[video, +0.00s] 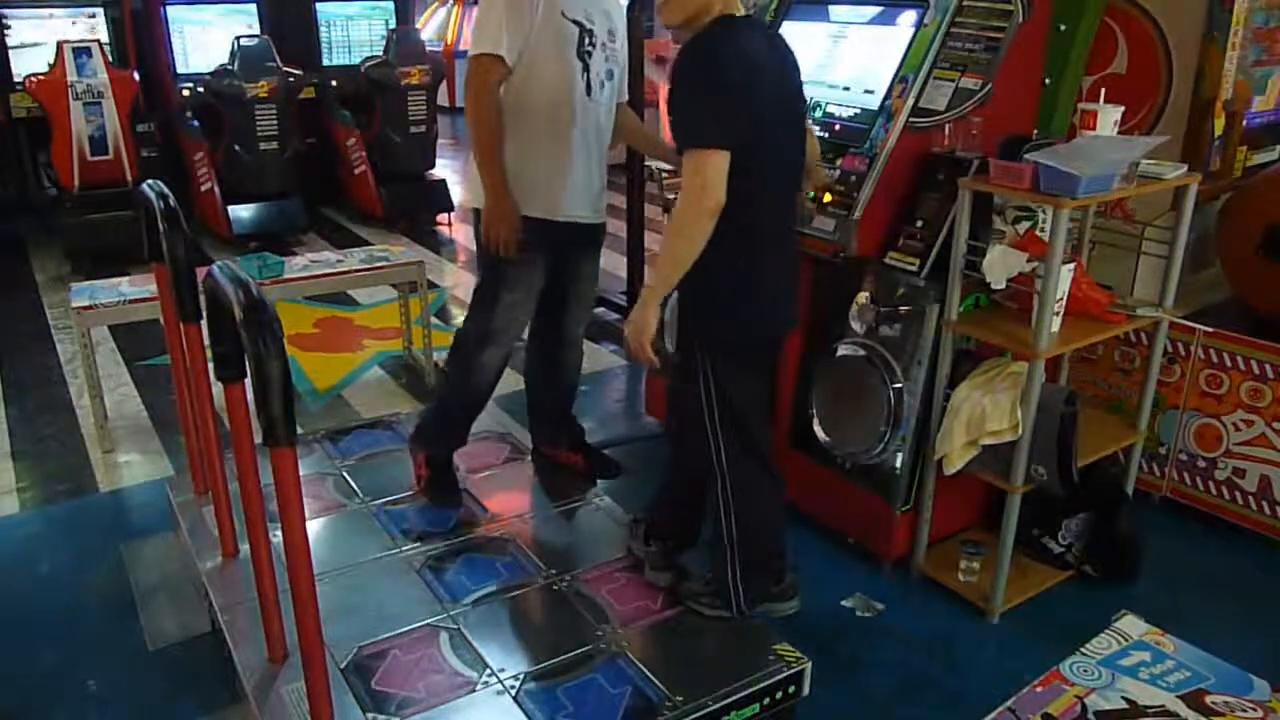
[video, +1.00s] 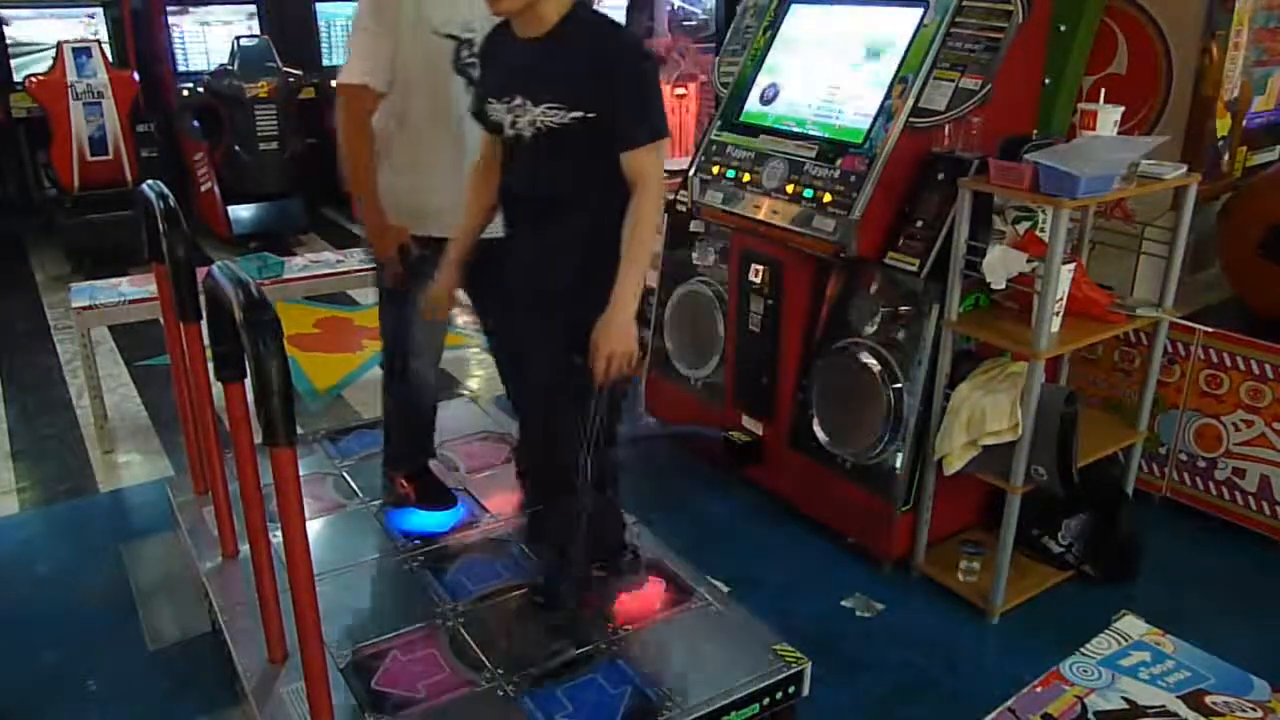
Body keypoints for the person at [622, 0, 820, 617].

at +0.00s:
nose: (659, 5)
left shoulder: (707, 57)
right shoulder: (767, 46)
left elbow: (703, 197)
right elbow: (808, 164)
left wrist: (651, 296)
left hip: (721, 289)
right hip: (761, 282)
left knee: (733, 437)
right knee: (699, 423)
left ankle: (757, 581)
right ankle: (667, 538)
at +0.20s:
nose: (643, 5)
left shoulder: (718, 57)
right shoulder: (713, 52)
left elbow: (725, 202)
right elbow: (695, 164)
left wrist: (664, 314)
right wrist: (631, 130)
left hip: (725, 301)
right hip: (704, 291)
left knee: (730, 446)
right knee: (662, 421)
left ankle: (759, 583)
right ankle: (656, 548)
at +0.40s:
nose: (615, 5)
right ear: (627, 4)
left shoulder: (707, 58)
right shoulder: (649, 54)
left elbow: (731, 196)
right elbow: (667, 160)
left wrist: (685, 317)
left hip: (714, 296)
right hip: (657, 291)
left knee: (720, 444)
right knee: (625, 426)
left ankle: (758, 574)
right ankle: (624, 548)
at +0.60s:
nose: (570, 5)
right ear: (597, 0)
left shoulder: (675, 49)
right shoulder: (610, 52)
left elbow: (703, 187)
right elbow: (621, 180)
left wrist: (679, 314)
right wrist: (605, 286)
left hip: (665, 293)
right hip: (615, 285)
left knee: (679, 440)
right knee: (605, 426)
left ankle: (741, 563)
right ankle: (608, 553)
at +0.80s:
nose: (526, 2)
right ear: (541, 2)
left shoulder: (641, 53)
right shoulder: (550, 56)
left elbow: (672, 186)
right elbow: (553, 177)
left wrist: (645, 314)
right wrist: (524, 268)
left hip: (620, 294)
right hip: (564, 286)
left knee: (607, 444)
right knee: (568, 435)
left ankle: (671, 553)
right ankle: (603, 556)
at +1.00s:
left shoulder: (615, 53)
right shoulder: (499, 48)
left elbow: (649, 189)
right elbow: (490, 165)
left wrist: (623, 311)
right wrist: (453, 265)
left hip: (594, 284)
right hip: (524, 277)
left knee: (564, 452)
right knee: (553, 431)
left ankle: (566, 600)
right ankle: (604, 548)